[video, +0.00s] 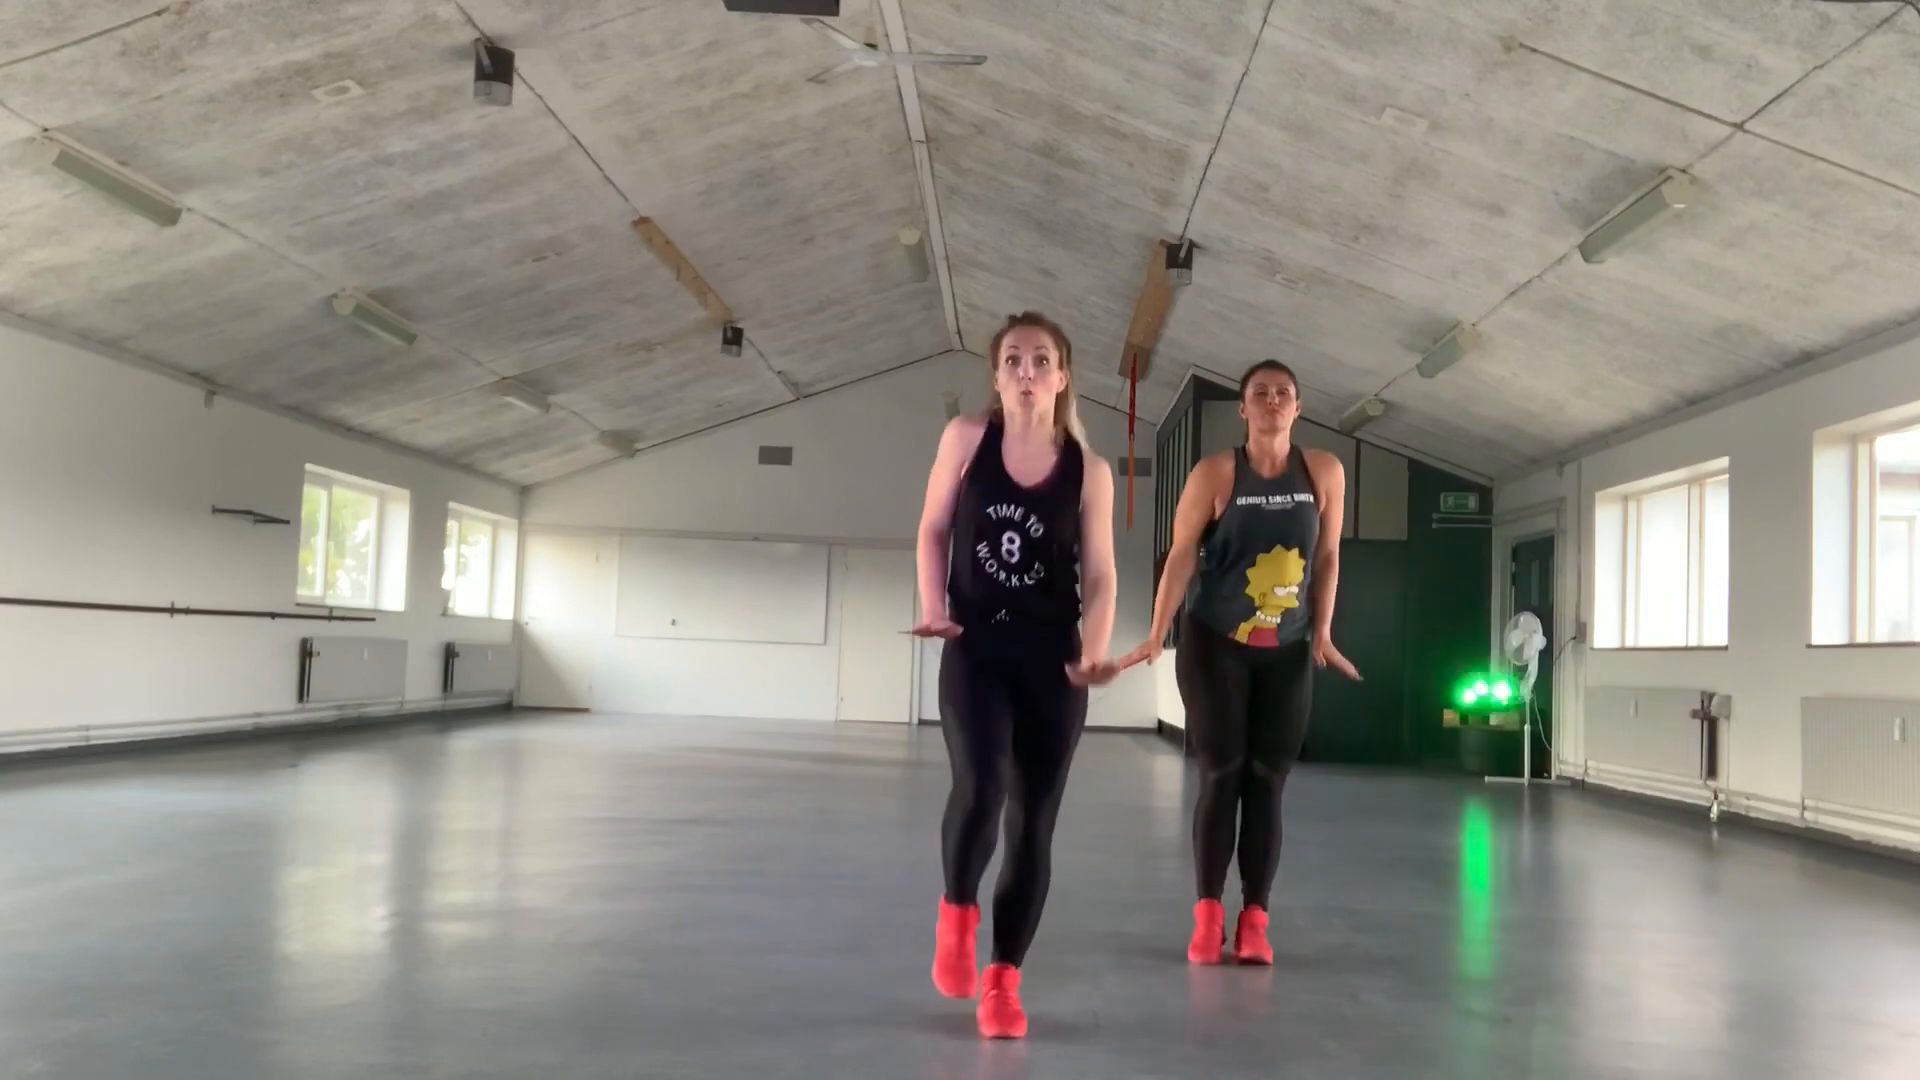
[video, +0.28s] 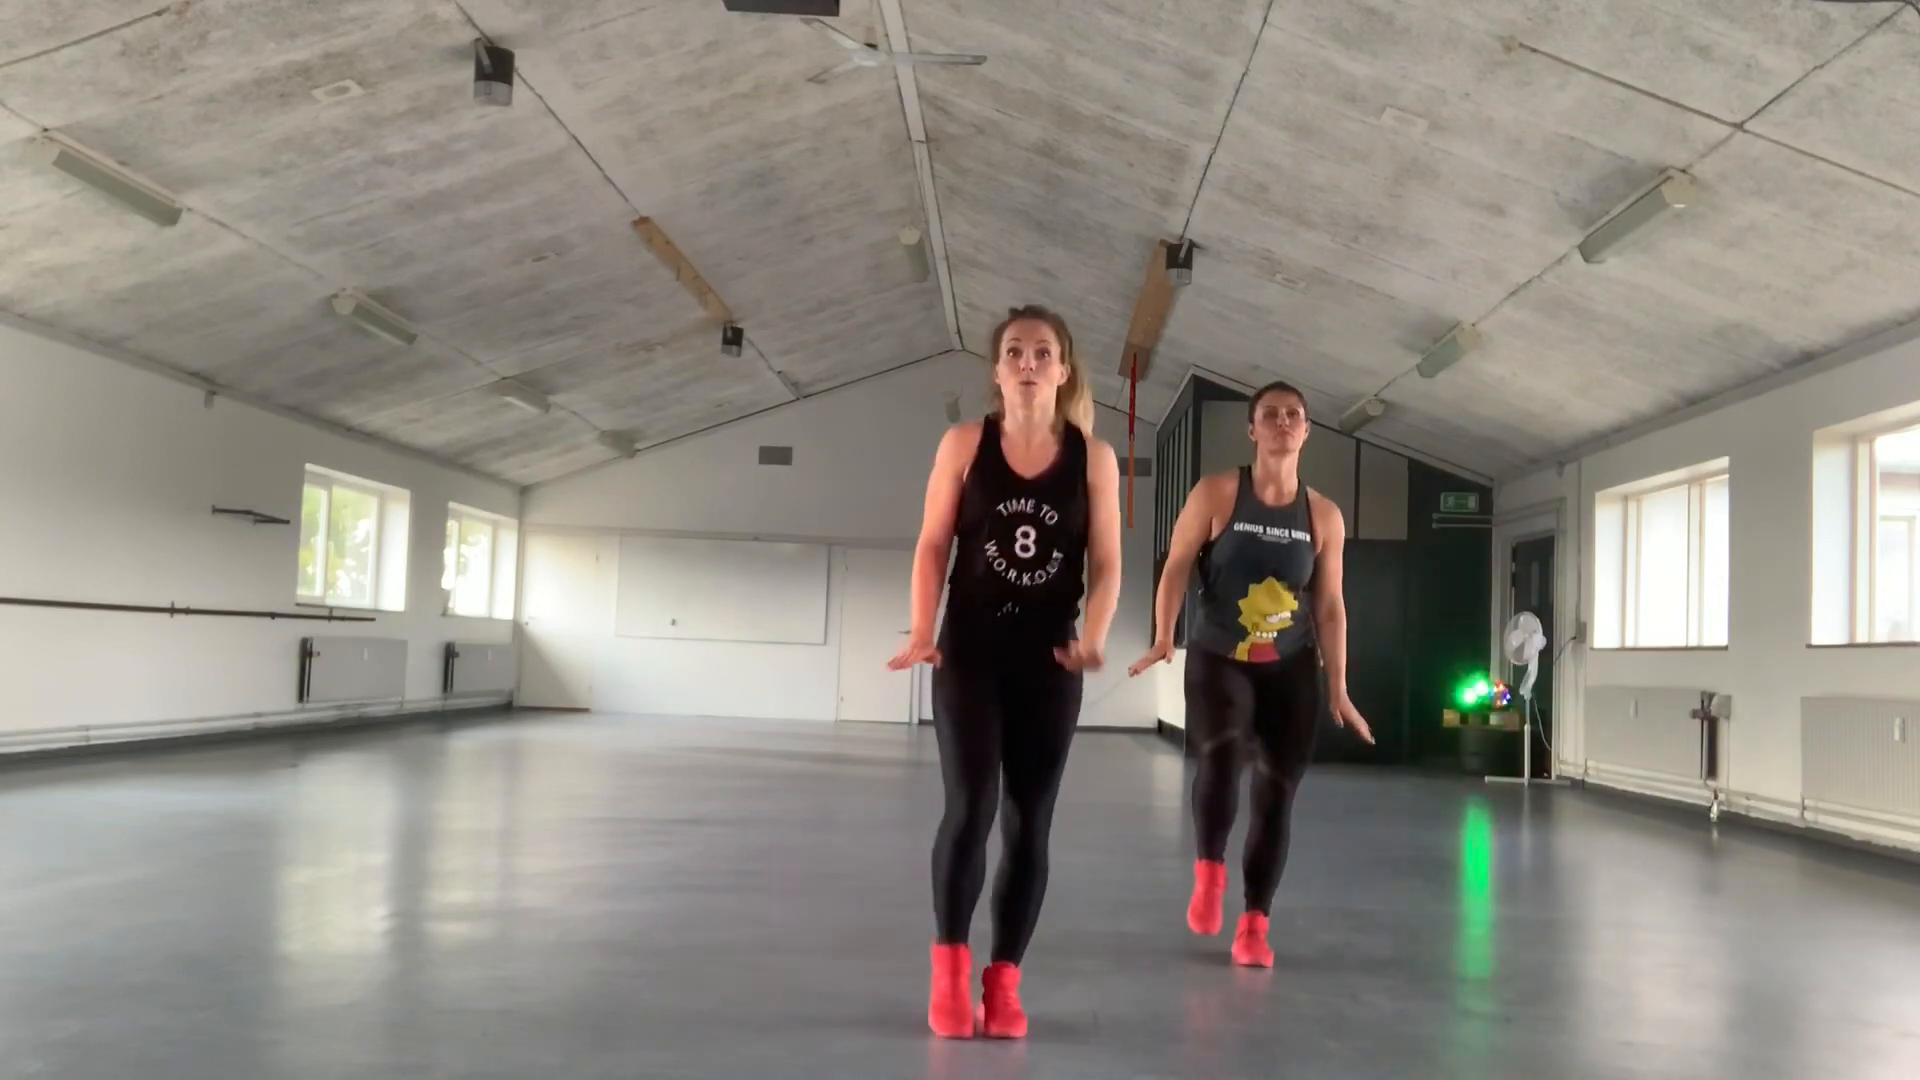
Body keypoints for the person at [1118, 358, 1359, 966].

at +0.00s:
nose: (1273, 402)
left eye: (1282, 394)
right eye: (1261, 393)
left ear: (1297, 407)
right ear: (1242, 407)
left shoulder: (1324, 471)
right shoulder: (1213, 474)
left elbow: (1328, 556)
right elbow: (1180, 558)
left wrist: (1322, 634)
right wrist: (1155, 636)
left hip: (1288, 649)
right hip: (1215, 644)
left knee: (1266, 781)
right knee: (1222, 775)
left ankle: (1255, 917)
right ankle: (1209, 910)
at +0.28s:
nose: (1283, 423)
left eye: (1293, 415)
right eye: (1271, 415)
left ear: (1306, 430)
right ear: (1252, 428)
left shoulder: (1324, 514)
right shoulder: (1214, 494)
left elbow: (1331, 607)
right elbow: (1175, 566)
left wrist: (1339, 689)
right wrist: (1164, 635)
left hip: (1291, 666)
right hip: (1218, 660)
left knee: (1275, 792)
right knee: (1222, 749)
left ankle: (1256, 921)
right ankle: (1210, 867)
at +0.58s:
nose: (1287, 402)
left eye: (1296, 394)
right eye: (1275, 393)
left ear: (1308, 410)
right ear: (1253, 407)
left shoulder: (1330, 484)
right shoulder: (1217, 477)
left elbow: (1328, 561)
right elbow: (1180, 556)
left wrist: (1318, 617)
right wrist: (1173, 623)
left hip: (1287, 651)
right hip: (1213, 647)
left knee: (1272, 778)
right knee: (1221, 776)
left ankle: (1266, 914)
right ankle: (1215, 907)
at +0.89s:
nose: (1272, 444)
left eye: (1282, 437)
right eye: (1260, 436)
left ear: (1294, 456)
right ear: (1239, 451)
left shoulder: (1298, 544)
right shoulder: (1199, 493)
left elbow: (1311, 636)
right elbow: (1147, 545)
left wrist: (1326, 721)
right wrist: (1159, 612)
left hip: (1269, 671)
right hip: (1199, 656)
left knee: (1278, 798)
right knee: (1215, 688)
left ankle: (1284, 921)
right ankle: (1198, 796)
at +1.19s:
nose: (1209, 405)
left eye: (1220, 397)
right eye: (1198, 396)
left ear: (1234, 413)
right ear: (1177, 408)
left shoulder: (1254, 481)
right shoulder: (1140, 478)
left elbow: (1264, 566)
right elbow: (1110, 560)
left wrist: (1263, 647)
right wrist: (1083, 640)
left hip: (1214, 648)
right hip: (1142, 643)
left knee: (1202, 776)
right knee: (1145, 769)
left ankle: (1202, 907)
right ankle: (1143, 897)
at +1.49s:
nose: (1142, 399)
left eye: (1152, 390)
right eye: (1131, 389)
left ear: (1167, 403)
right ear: (1111, 400)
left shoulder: (1190, 464)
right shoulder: (1076, 473)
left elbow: (1197, 553)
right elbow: (1049, 558)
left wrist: (1188, 629)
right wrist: (1021, 640)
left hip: (1153, 647)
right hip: (1079, 642)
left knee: (1151, 780)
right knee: (1066, 770)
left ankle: (1164, 911)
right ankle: (1055, 903)